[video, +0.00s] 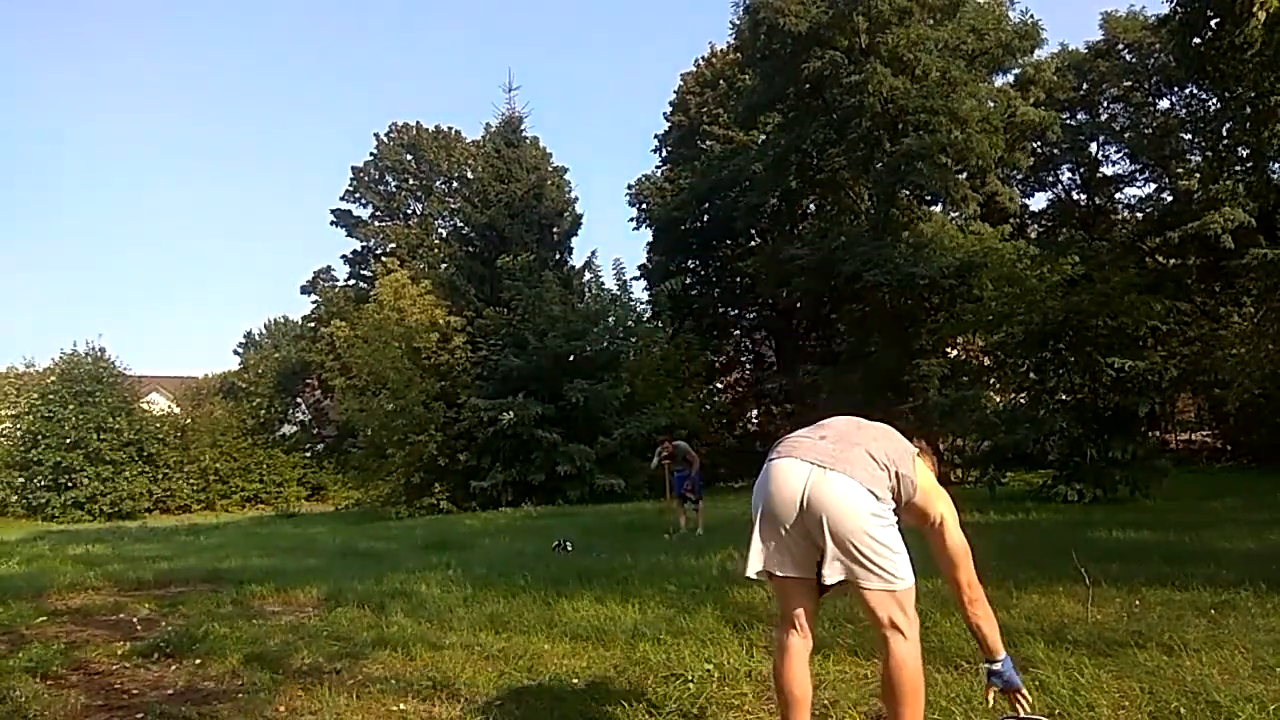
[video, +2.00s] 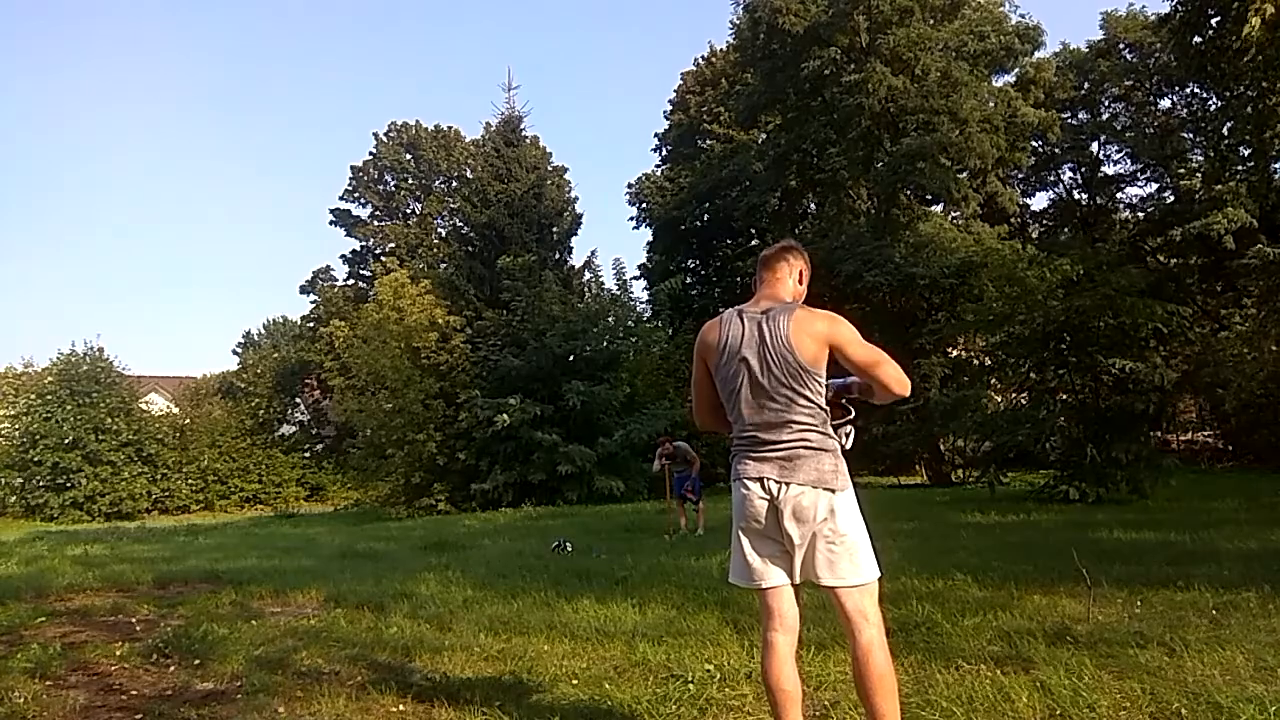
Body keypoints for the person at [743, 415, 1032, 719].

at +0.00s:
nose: (916, 517)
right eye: (931, 490)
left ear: (907, 454)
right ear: (927, 471)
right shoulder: (930, 489)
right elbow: (969, 591)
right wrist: (999, 662)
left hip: (777, 479)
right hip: (850, 492)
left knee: (793, 630)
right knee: (899, 629)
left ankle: (795, 713)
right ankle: (908, 713)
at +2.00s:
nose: (806, 289)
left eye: (804, 282)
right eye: (806, 281)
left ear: (756, 279)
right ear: (799, 278)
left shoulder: (711, 333)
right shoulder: (820, 323)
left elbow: (706, 418)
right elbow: (897, 386)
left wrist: (764, 411)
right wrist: (853, 386)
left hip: (751, 491)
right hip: (820, 488)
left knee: (778, 626)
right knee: (865, 623)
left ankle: (789, 718)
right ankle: (887, 716)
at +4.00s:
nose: (833, 291)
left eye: (834, 284)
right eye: (833, 283)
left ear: (777, 278)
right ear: (821, 279)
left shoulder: (727, 325)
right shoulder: (822, 317)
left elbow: (757, 314)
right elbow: (874, 363)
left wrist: (807, 267)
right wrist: (854, 299)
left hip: (757, 484)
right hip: (826, 483)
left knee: (780, 630)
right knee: (869, 626)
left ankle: (791, 718)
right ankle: (888, 717)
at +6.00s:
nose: (866, 271)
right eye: (863, 264)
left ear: (800, 273)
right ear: (856, 266)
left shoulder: (769, 322)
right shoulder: (874, 309)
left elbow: (774, 323)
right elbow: (920, 375)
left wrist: (810, 287)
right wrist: (879, 302)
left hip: (801, 484)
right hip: (873, 482)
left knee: (803, 632)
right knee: (893, 634)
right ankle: (901, 718)